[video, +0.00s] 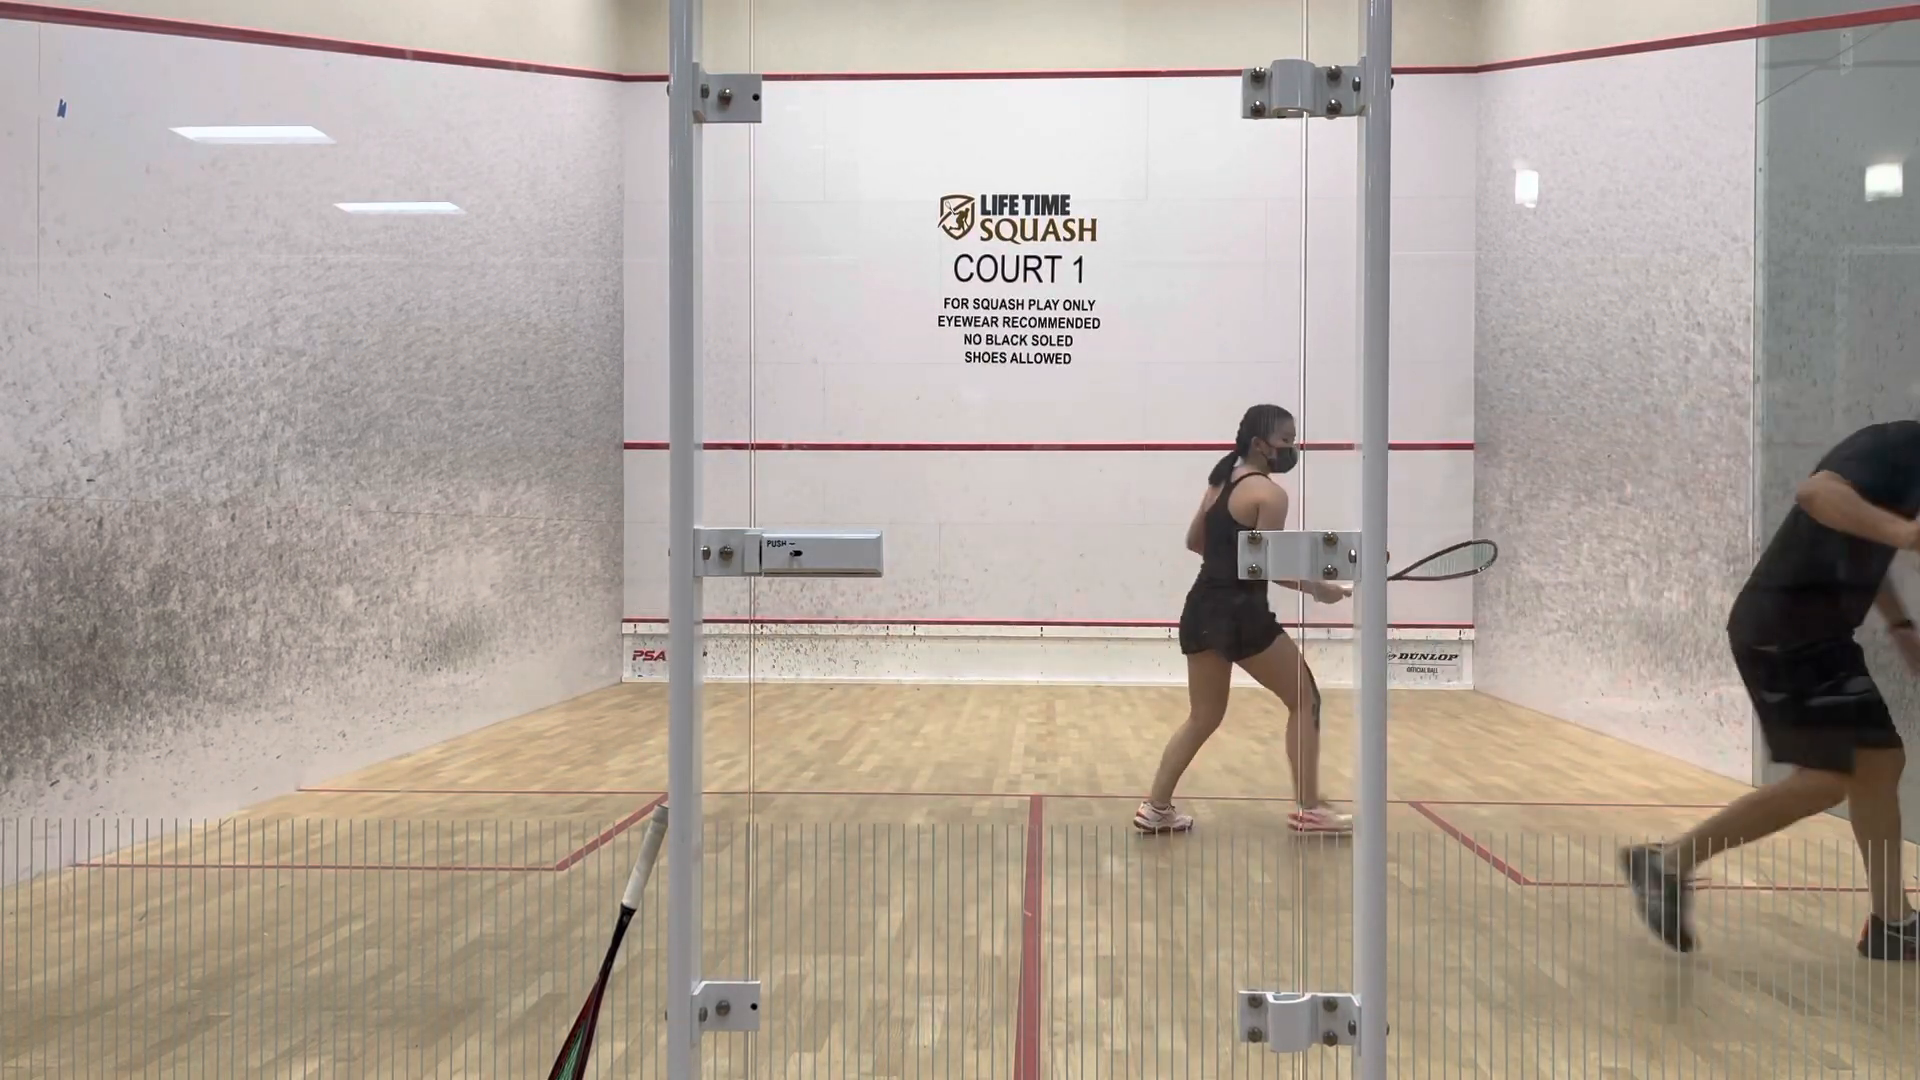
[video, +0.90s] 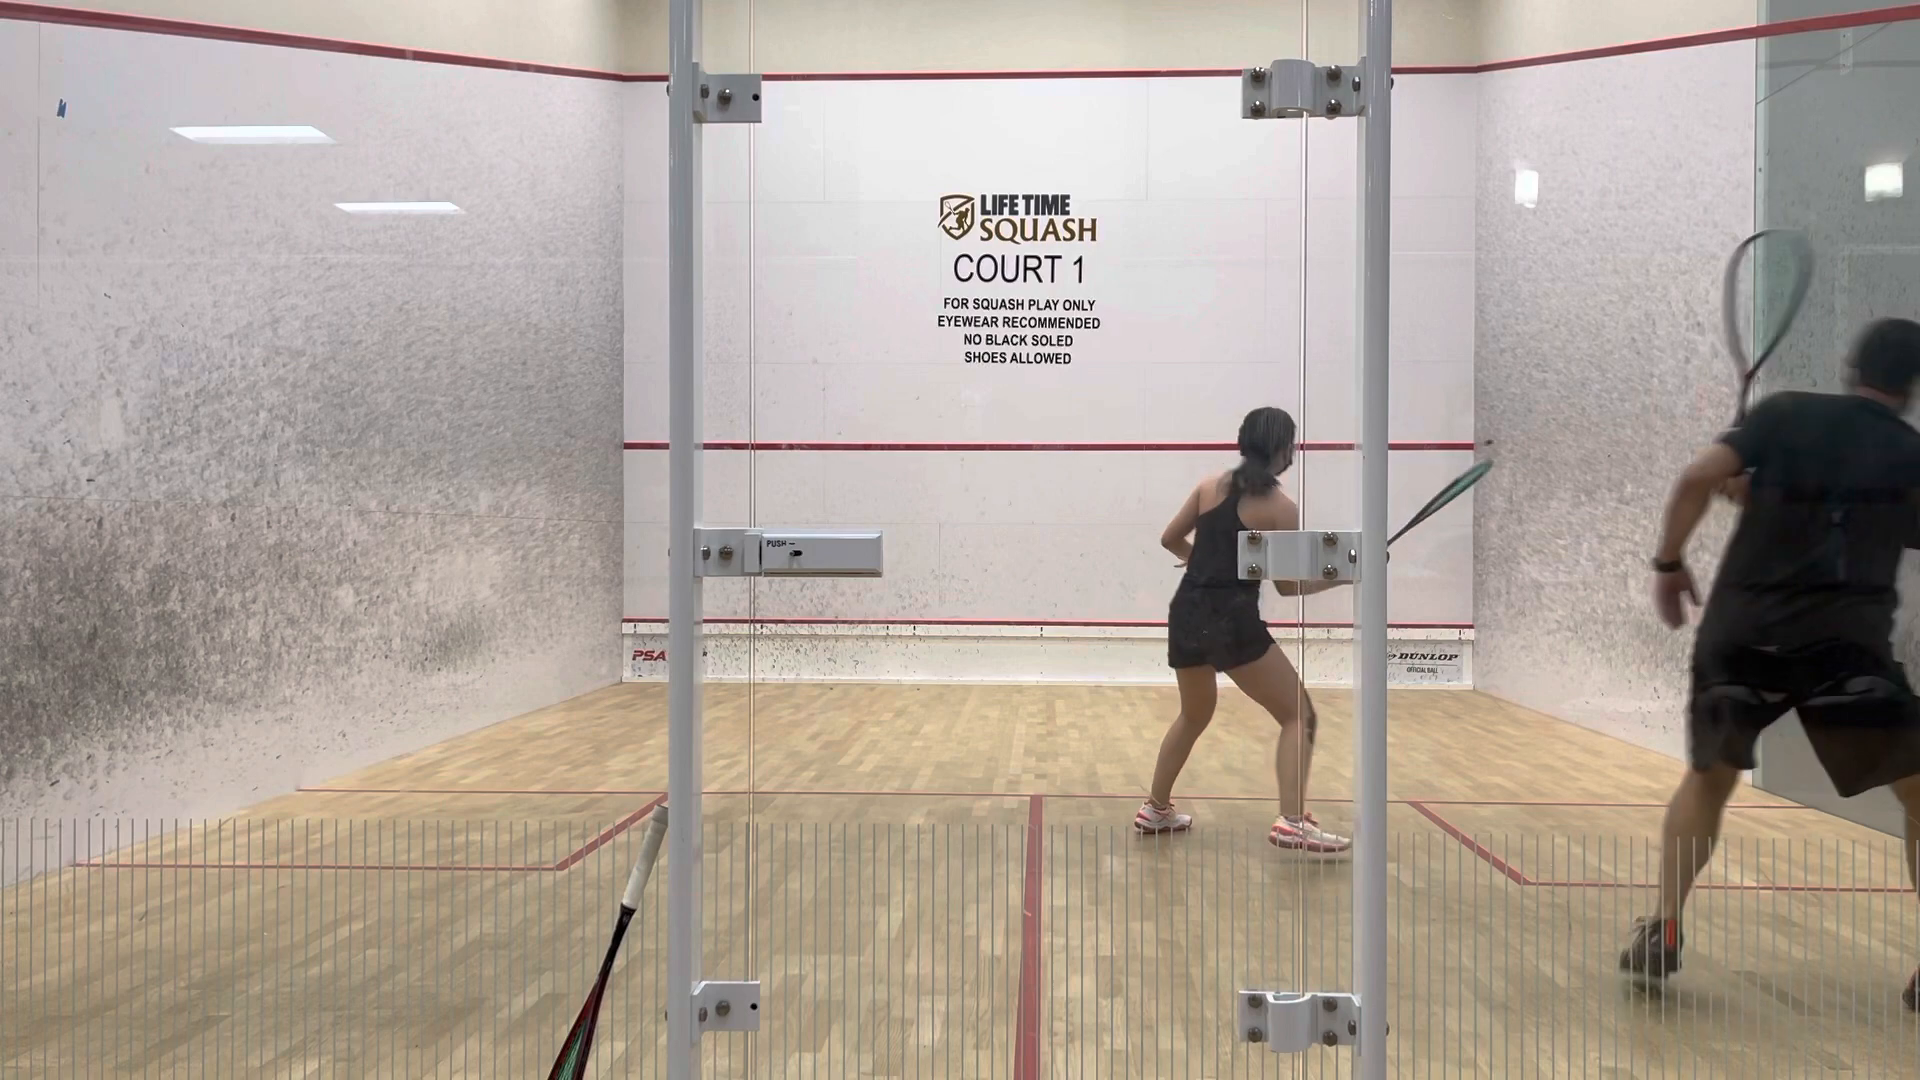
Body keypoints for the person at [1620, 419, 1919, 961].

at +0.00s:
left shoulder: (1908, 469)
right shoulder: (1896, 444)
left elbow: (1867, 552)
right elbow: (1817, 492)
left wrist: (1901, 626)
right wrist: (1899, 532)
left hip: (1826, 630)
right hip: (1776, 628)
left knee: (1880, 759)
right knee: (1826, 779)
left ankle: (1892, 919)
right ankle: (1668, 861)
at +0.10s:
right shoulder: (1909, 445)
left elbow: (1910, 572)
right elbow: (1832, 469)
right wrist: (1912, 502)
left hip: (1832, 620)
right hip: (1789, 612)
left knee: (1891, 759)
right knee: (1869, 756)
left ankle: (1893, 919)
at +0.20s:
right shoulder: (1912, 447)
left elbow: (1854, 444)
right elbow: (1853, 444)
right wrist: (1913, 471)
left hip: (1848, 619)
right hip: (1799, 611)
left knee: (1904, 759)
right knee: (1876, 758)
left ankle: (1894, 928)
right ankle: (1876, 946)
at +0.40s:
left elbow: (1897, 501)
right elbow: (1899, 502)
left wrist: (1814, 548)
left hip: (1844, 637)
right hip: (1815, 633)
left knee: (1905, 765)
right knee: (1907, 761)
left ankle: (1894, 919)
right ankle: (1900, 924)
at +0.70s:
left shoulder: (1911, 433)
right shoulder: (1908, 434)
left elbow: (1802, 473)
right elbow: (1804, 474)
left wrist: (1758, 558)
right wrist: (1761, 559)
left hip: (1764, 625)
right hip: (1842, 644)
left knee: (1819, 744)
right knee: (1913, 757)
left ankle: (1788, 903)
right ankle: (1914, 968)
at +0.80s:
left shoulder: (1868, 418)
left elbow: (1756, 466)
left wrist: (1723, 555)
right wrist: (1772, 498)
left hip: (1762, 627)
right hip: (1858, 643)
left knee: (1774, 756)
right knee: (1919, 772)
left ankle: (1710, 909)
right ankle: (1919, 975)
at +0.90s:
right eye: (1910, 380)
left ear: (1851, 368)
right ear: (1912, 384)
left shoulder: (1783, 414)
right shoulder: (1909, 451)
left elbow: (1696, 479)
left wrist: (1669, 561)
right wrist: (1753, 492)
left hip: (1740, 635)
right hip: (1849, 644)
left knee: (1708, 777)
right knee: (1915, 790)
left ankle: (1663, 928)